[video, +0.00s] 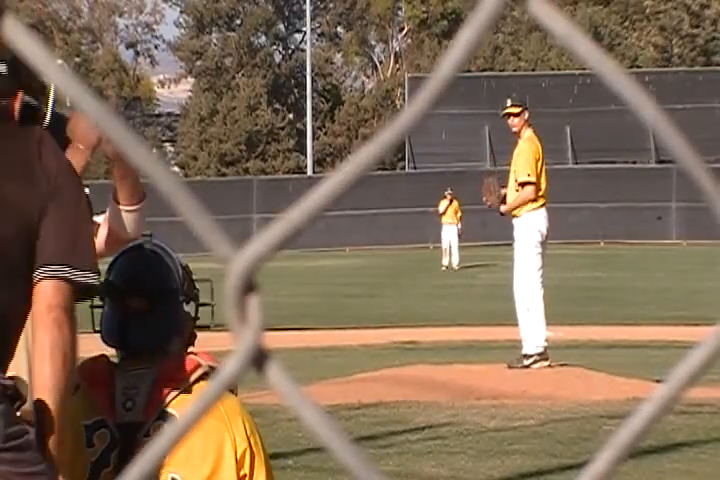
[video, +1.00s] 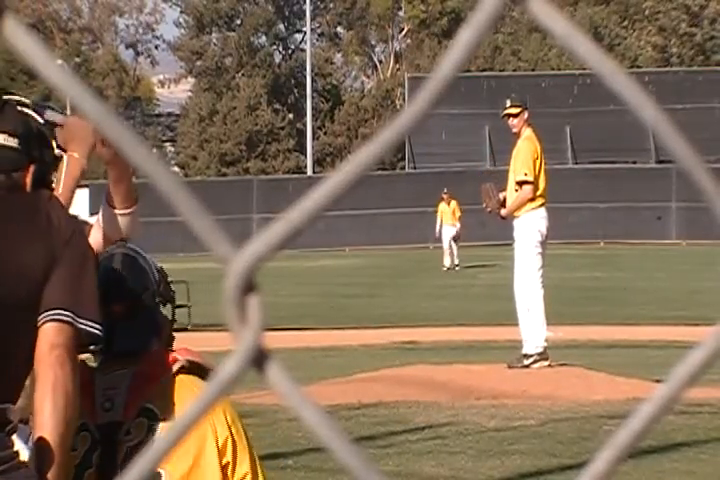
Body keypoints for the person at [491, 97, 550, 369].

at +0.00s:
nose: (511, 121)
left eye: (515, 115)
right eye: (508, 117)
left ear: (526, 115)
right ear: (508, 119)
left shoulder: (527, 145)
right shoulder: (527, 142)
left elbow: (529, 190)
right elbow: (523, 184)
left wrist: (507, 206)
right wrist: (505, 197)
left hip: (530, 216)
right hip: (528, 215)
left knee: (527, 282)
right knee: (526, 282)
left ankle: (534, 348)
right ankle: (533, 346)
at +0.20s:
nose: (511, 121)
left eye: (515, 116)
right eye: (508, 117)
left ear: (526, 116)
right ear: (508, 120)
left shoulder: (527, 145)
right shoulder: (527, 142)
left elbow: (530, 190)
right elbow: (522, 184)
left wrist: (509, 210)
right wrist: (504, 200)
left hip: (531, 215)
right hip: (528, 214)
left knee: (527, 282)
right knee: (525, 282)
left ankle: (535, 347)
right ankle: (532, 346)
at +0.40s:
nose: (511, 121)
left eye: (515, 116)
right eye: (508, 117)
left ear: (526, 116)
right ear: (508, 120)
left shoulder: (527, 145)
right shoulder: (527, 142)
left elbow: (530, 190)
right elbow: (522, 183)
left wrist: (510, 209)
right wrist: (504, 199)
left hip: (531, 215)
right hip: (528, 214)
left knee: (527, 282)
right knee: (525, 282)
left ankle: (535, 347)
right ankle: (532, 346)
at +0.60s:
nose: (511, 121)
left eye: (515, 116)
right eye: (508, 117)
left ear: (526, 115)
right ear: (508, 120)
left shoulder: (526, 144)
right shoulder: (526, 141)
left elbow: (529, 189)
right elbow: (523, 182)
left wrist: (509, 210)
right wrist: (505, 198)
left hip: (531, 215)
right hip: (528, 213)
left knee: (527, 281)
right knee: (526, 281)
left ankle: (534, 347)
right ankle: (533, 345)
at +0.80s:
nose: (511, 121)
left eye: (515, 115)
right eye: (508, 117)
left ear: (526, 115)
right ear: (507, 120)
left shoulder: (526, 144)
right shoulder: (526, 141)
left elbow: (529, 189)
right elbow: (522, 182)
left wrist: (508, 209)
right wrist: (504, 197)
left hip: (530, 215)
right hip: (528, 214)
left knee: (528, 282)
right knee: (525, 281)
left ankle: (535, 347)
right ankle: (532, 346)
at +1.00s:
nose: (511, 120)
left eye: (515, 115)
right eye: (508, 117)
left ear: (526, 115)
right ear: (507, 120)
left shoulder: (526, 143)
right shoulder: (525, 141)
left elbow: (528, 189)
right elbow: (522, 181)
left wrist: (507, 209)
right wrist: (504, 198)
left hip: (530, 215)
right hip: (527, 213)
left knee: (528, 281)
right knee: (525, 281)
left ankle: (535, 347)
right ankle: (532, 345)